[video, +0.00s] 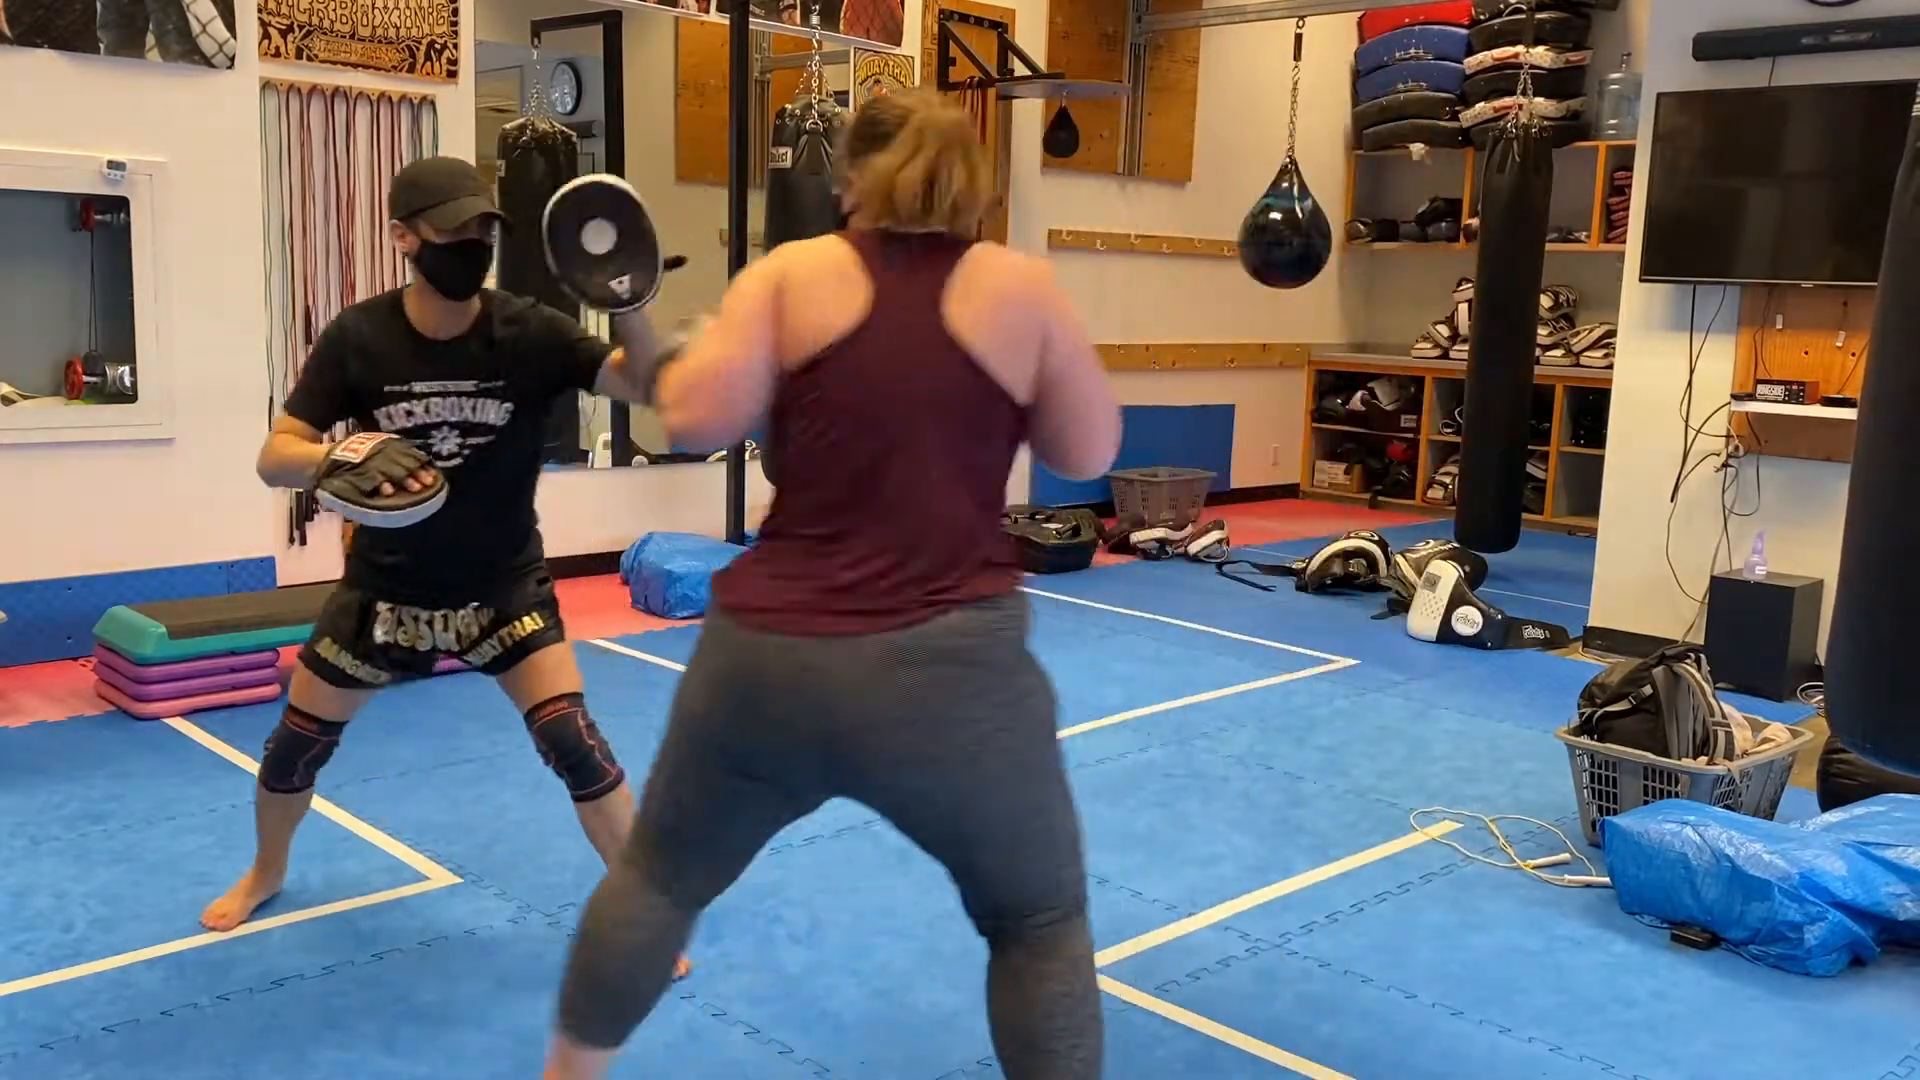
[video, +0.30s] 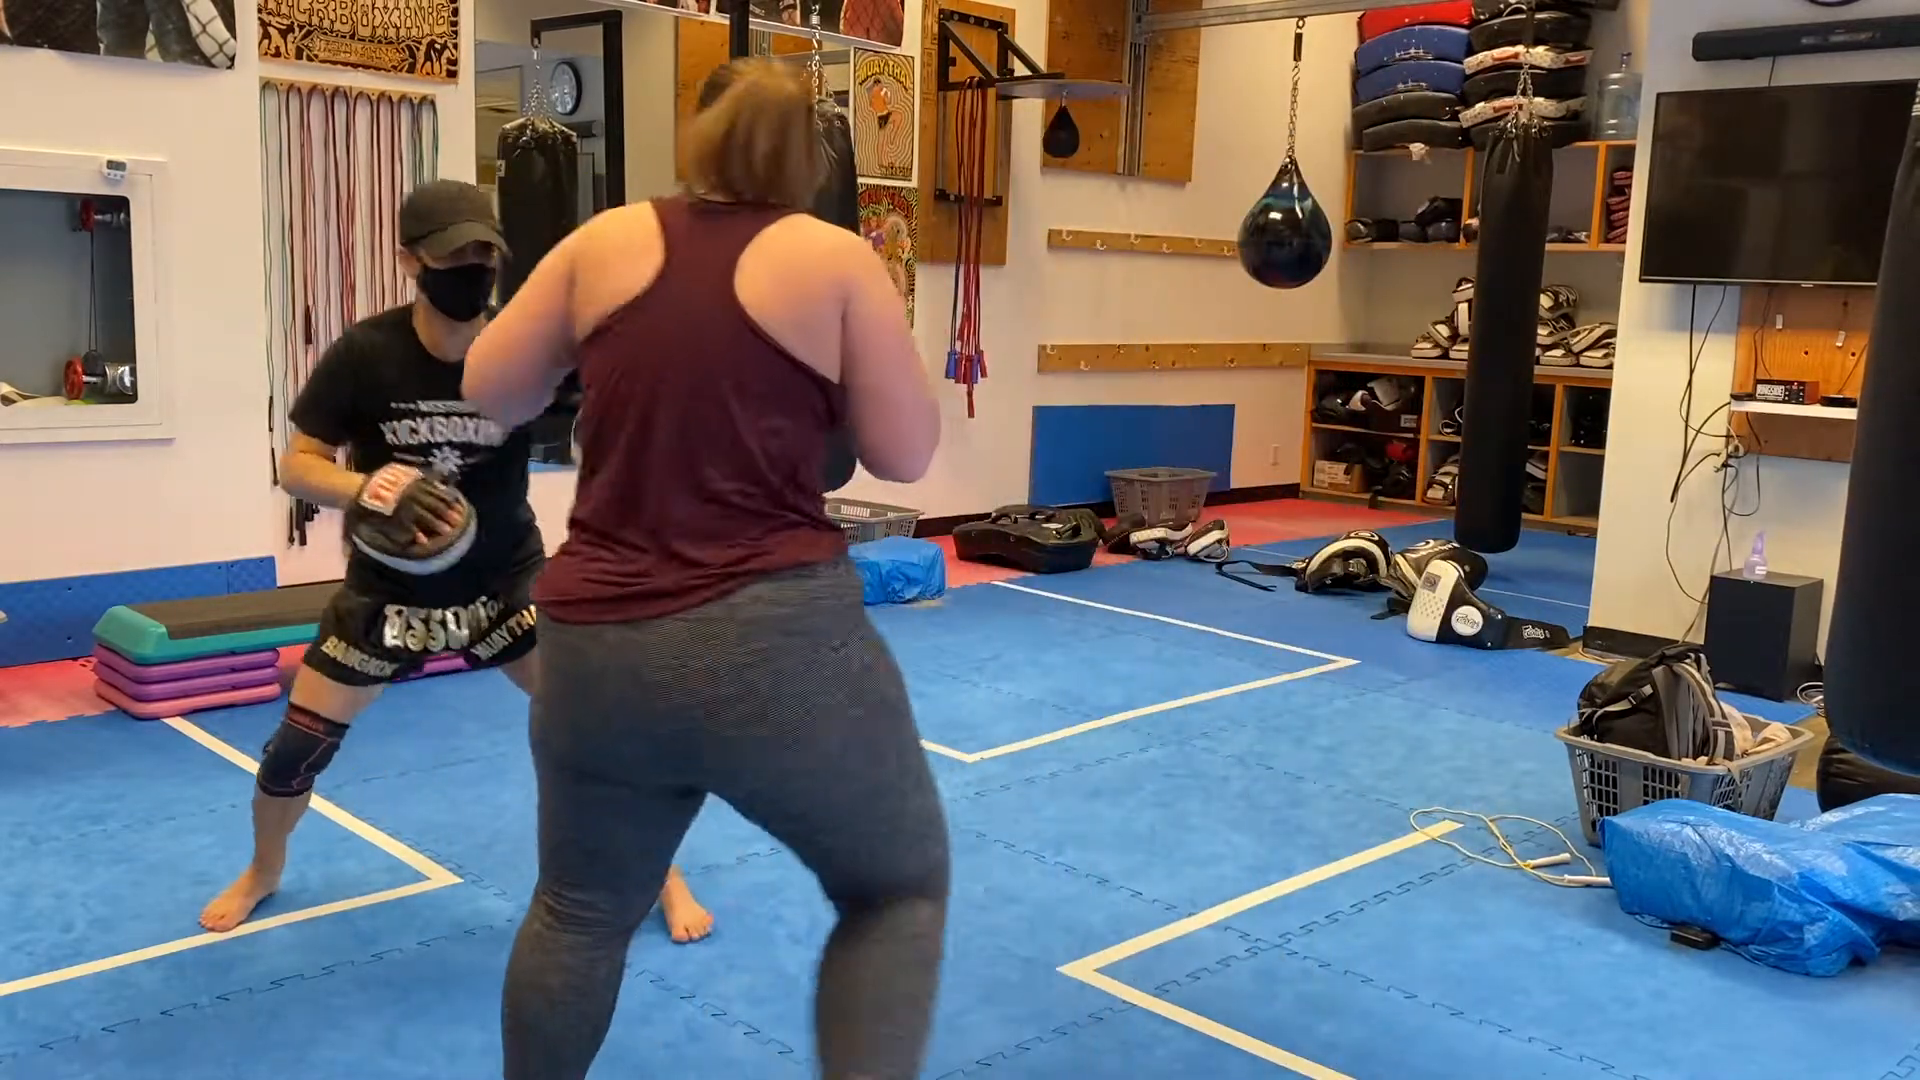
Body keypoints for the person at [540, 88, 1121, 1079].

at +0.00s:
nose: (840, 185)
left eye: (844, 172)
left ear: (856, 181)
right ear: (971, 180)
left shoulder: (786, 276)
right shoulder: (1023, 289)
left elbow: (696, 419)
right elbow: (1086, 453)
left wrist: (666, 357)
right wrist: (997, 380)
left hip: (762, 662)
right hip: (952, 669)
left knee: (660, 877)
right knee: (1037, 923)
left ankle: (570, 1064)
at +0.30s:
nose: (822, 158)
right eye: (817, 142)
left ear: (696, 141)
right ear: (805, 150)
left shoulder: (602, 242)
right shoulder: (837, 262)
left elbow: (491, 391)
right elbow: (902, 453)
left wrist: (597, 336)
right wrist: (815, 375)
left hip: (596, 646)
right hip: (781, 642)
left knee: (578, 910)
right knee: (893, 895)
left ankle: (535, 1077)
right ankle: (865, 1072)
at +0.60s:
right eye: (791, 126)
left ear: (665, 132)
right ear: (785, 134)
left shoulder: (570, 258)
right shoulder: (839, 256)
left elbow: (501, 464)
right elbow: (917, 453)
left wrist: (598, 406)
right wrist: (816, 394)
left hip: (574, 672)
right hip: (772, 667)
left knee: (574, 923)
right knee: (775, 1000)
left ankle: (533, 1076)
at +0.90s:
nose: (764, 135)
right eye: (758, 117)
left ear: (609, 116)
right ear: (738, 123)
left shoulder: (510, 249)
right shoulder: (751, 242)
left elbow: (460, 434)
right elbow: (835, 452)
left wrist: (580, 398)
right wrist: (852, 359)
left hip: (505, 657)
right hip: (680, 667)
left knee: (511, 904)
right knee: (717, 1008)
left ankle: (421, 1068)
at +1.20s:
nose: (627, 158)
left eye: (626, 136)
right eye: (622, 136)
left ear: (491, 118)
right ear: (583, 129)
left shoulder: (429, 221)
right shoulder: (559, 234)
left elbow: (480, 399)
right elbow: (594, 447)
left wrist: (613, 328)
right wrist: (684, 386)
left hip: (368, 632)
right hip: (487, 650)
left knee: (427, 923)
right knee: (625, 957)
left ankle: (372, 1074)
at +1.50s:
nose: (558, 133)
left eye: (557, 111)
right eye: (548, 109)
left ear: (428, 106)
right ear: (504, 109)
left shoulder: (351, 230)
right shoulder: (507, 222)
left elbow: (434, 389)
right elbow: (603, 428)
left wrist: (575, 303)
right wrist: (663, 346)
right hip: (443, 656)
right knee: (415, 1011)